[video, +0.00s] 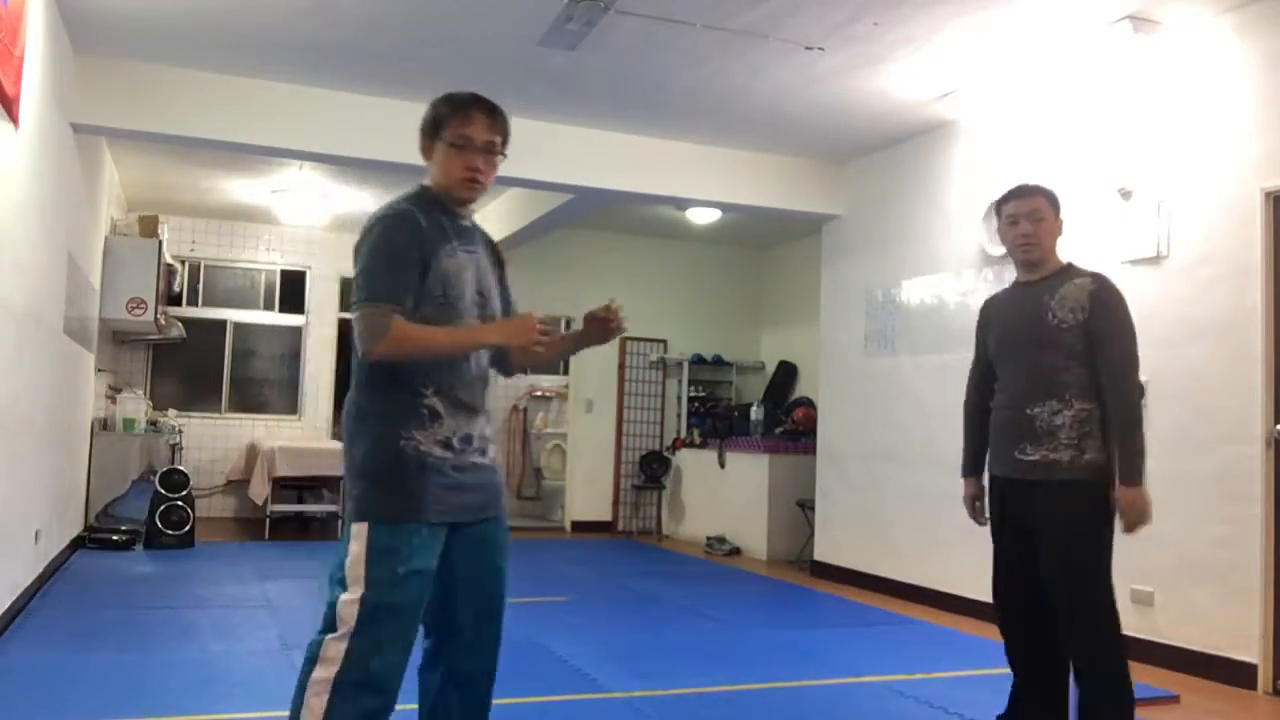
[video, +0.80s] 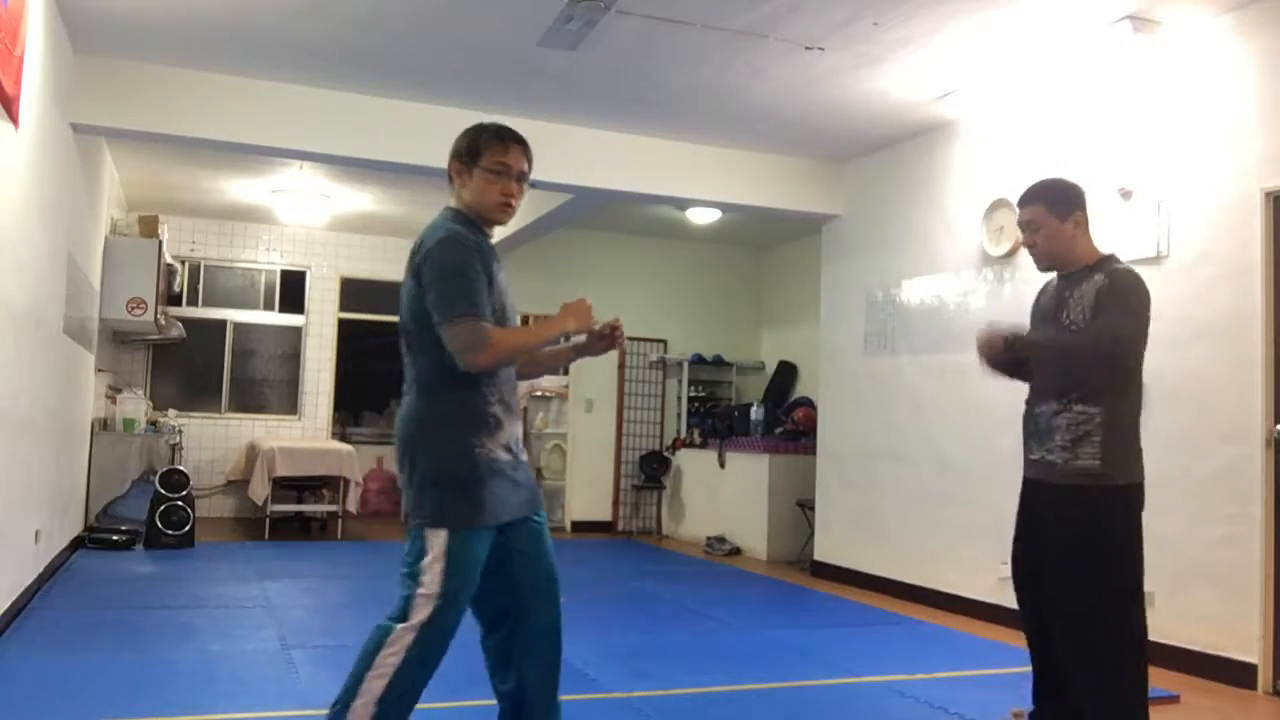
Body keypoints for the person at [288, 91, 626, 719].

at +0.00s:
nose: (478, 162)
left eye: (490, 151)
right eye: (463, 147)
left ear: (500, 162)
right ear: (428, 150)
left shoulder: (486, 249)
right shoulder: (396, 226)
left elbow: (504, 353)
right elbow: (377, 337)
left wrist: (577, 338)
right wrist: (493, 333)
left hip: (473, 477)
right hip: (398, 475)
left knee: (467, 651)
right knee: (363, 652)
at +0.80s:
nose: (512, 188)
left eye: (521, 180)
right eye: (498, 173)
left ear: (525, 188)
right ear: (459, 172)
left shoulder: (479, 250)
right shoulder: (449, 242)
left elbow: (508, 363)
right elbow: (474, 348)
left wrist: (579, 348)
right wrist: (555, 324)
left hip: (502, 463)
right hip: (453, 464)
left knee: (530, 616)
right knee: (425, 618)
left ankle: (531, 714)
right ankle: (354, 715)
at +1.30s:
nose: (522, 190)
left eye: (525, 179)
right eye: (515, 175)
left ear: (481, 175)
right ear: (474, 169)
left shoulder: (483, 253)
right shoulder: (443, 239)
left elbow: (526, 355)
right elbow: (488, 331)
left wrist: (606, 327)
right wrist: (552, 292)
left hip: (507, 461)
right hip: (456, 462)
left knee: (531, 617)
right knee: (442, 627)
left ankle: (532, 714)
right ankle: (396, 715)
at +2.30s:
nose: (609, 219)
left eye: (612, 208)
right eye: (604, 204)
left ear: (573, 199)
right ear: (567, 194)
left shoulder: (582, 273)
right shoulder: (515, 253)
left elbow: (668, 306)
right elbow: (588, 320)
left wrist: (745, 272)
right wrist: (639, 274)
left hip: (567, 468)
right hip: (506, 467)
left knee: (597, 615)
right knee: (484, 621)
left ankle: (599, 714)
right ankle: (430, 715)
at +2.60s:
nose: (613, 222)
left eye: (616, 211)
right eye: (608, 207)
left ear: (576, 202)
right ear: (571, 197)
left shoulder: (584, 275)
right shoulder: (520, 256)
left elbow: (668, 308)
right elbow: (597, 326)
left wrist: (745, 272)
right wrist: (645, 279)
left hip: (573, 469)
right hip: (513, 470)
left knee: (609, 602)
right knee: (494, 621)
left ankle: (599, 714)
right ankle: (440, 716)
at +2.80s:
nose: (600, 203)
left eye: (603, 193)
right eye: (593, 188)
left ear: (560, 189)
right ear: (556, 183)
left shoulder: (570, 272)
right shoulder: (516, 250)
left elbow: (616, 358)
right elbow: (561, 341)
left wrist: (684, 322)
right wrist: (634, 300)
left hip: (574, 467)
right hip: (514, 467)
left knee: (603, 610)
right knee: (491, 625)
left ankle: (597, 713)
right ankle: (438, 715)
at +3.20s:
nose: (570, 193)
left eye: (573, 182)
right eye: (564, 178)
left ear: (526, 178)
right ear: (527, 173)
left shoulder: (518, 250)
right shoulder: (491, 241)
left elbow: (575, 347)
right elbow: (546, 342)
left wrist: (644, 301)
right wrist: (605, 296)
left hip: (530, 453)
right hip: (485, 454)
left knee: (563, 602)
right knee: (470, 622)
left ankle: (566, 716)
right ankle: (427, 715)